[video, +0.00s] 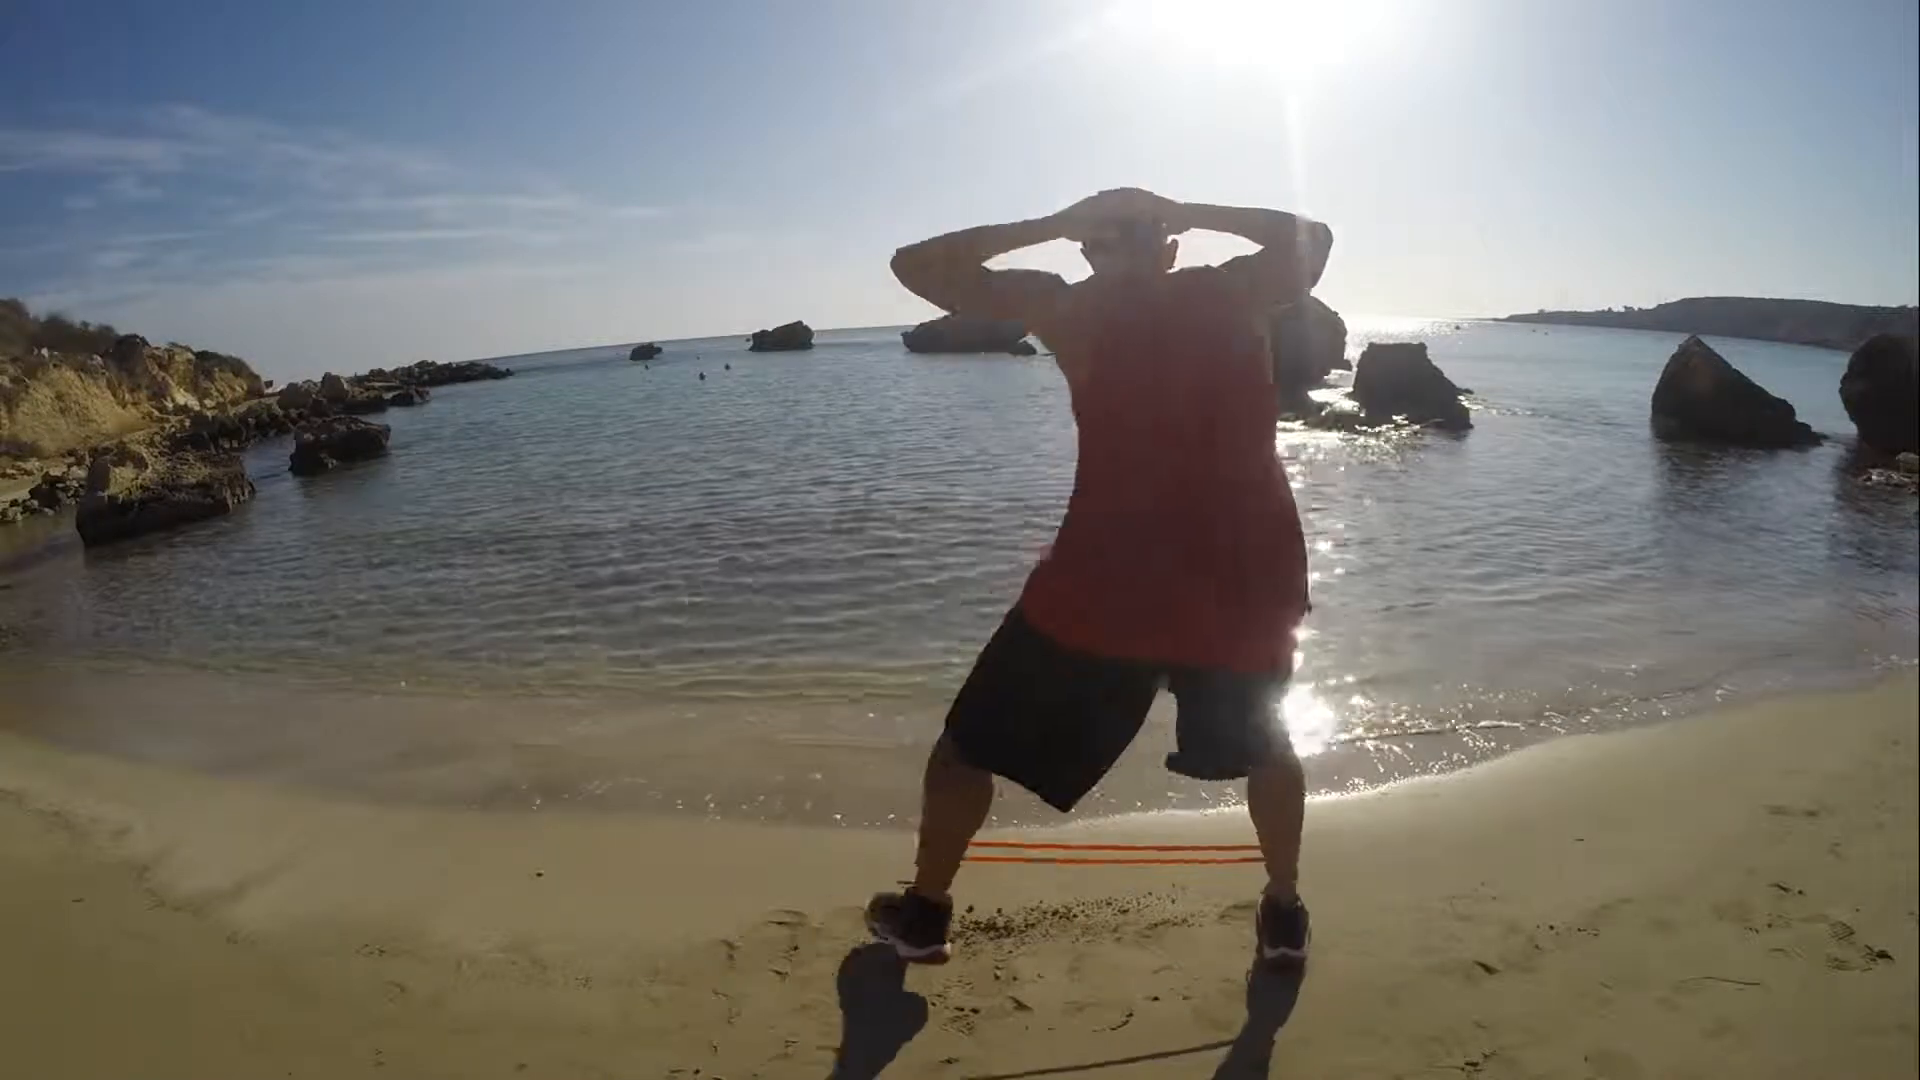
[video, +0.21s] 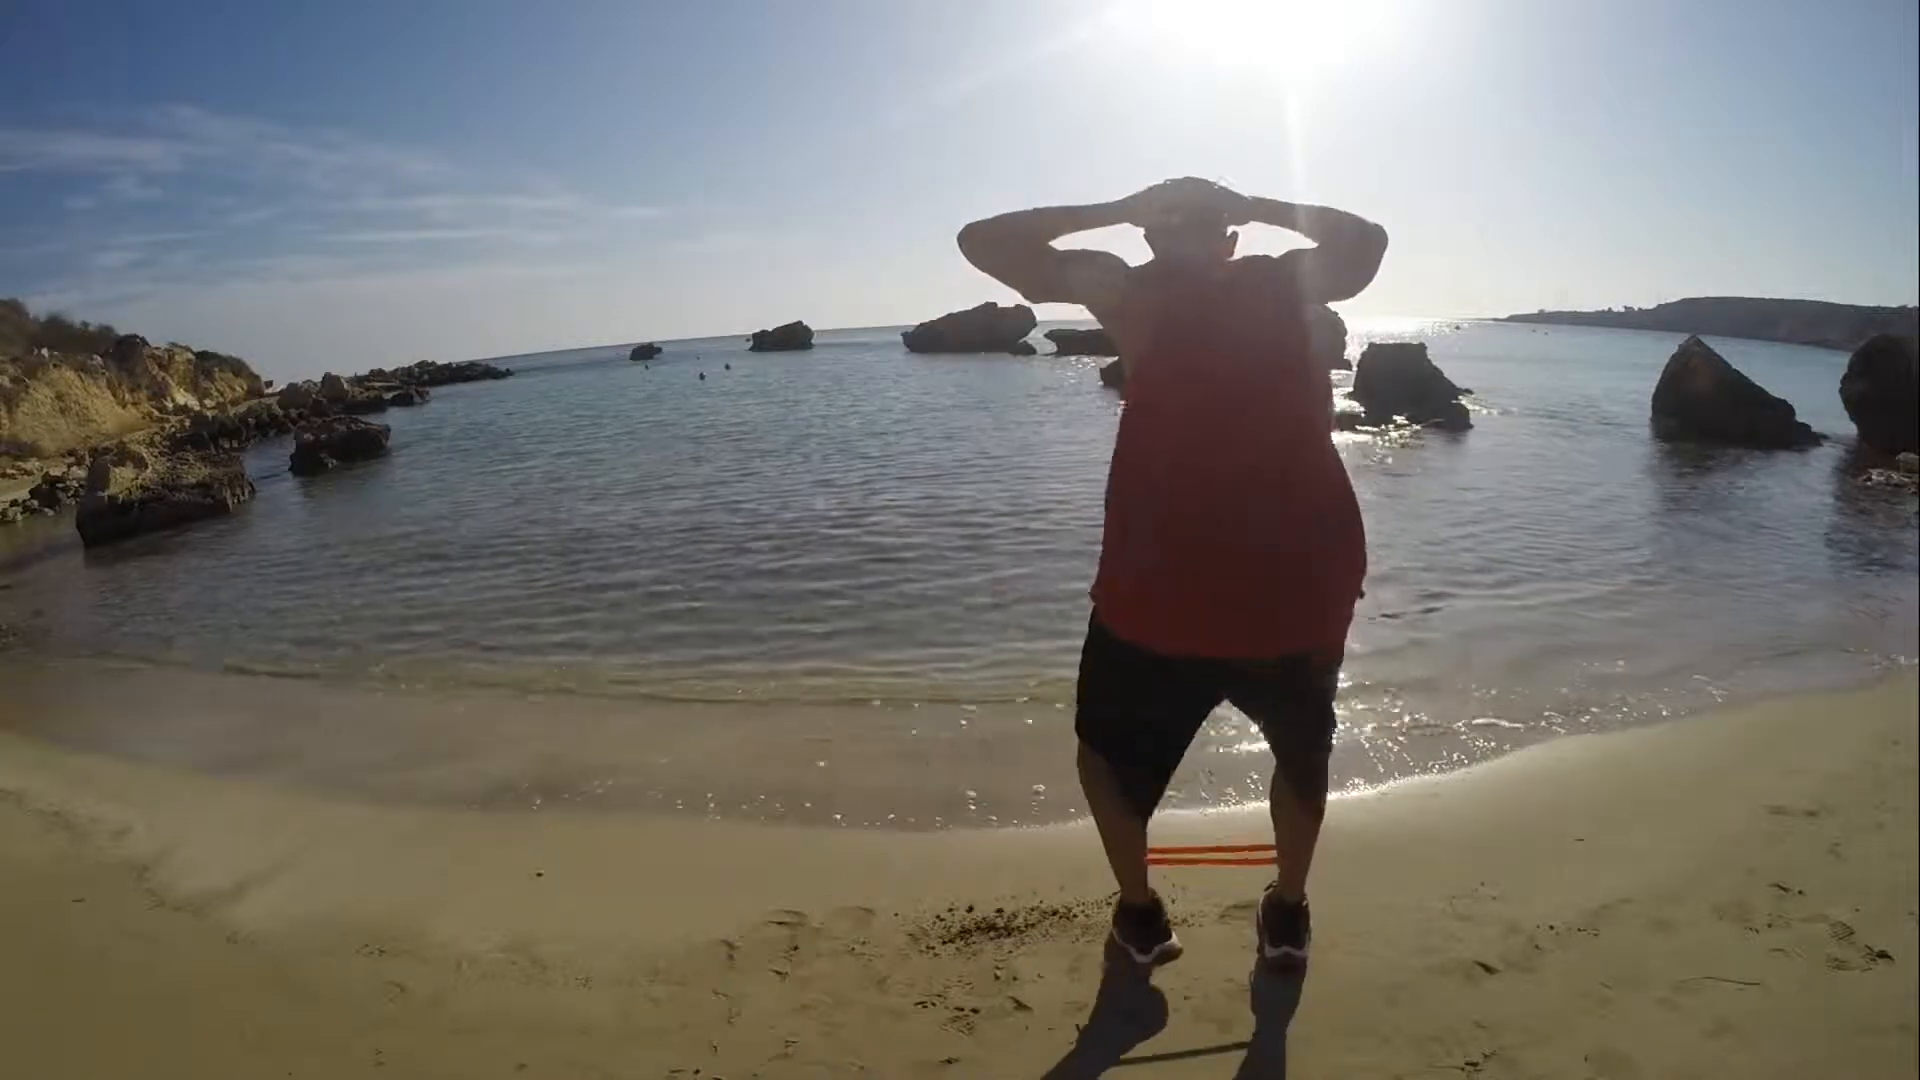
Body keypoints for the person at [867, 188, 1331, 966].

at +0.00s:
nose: (1094, 258)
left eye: (1097, 244)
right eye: (1096, 244)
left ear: (1095, 249)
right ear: (1166, 240)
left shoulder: (1071, 312)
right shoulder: (1237, 292)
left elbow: (917, 265)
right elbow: (1308, 237)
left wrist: (1051, 225)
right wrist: (1195, 213)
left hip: (1107, 563)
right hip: (1244, 568)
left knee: (969, 741)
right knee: (1267, 741)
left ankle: (927, 908)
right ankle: (1284, 908)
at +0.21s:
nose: (1170, 234)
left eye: (1167, 222)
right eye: (1176, 221)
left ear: (1155, 233)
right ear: (1230, 229)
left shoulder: (1130, 296)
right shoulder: (1292, 281)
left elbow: (981, 239)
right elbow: (1367, 241)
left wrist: (1117, 209)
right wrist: (1257, 205)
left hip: (1163, 580)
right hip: (1296, 583)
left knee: (1108, 745)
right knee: (1303, 756)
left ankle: (1138, 908)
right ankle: (1288, 907)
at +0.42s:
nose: (1188, 254)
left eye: (1187, 241)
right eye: (1196, 239)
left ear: (1182, 248)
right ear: (1256, 245)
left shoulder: (1151, 308)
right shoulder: (1320, 300)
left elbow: (1013, 252)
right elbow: (1390, 263)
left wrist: (1145, 225)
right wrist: (1288, 225)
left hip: (1172, 573)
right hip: (1307, 576)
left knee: (1084, 730)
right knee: (1299, 731)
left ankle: (1103, 904)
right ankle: (1287, 910)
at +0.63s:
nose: (1166, 247)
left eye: (1168, 236)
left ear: (1165, 246)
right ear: (1240, 246)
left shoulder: (1136, 303)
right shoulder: (1306, 307)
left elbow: (997, 239)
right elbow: (1369, 269)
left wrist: (1133, 219)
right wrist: (1267, 228)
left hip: (1126, 568)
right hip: (1268, 580)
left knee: (966, 723)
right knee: (1271, 739)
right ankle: (1284, 911)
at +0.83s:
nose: (1116, 265)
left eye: (1117, 253)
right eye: (1114, 254)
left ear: (1089, 270)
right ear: (1157, 271)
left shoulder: (1044, 330)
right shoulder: (1217, 336)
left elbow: (907, 266)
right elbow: (1292, 284)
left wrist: (1047, 244)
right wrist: (1181, 247)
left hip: (1032, 606)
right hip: (1183, 613)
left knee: (884, 773)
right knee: (1243, 763)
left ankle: (788, 932)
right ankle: (1279, 910)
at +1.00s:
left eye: (988, 239)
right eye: (1027, 239)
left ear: (961, 254)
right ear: (1048, 259)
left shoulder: (913, 318)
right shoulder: (1101, 323)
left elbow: (789, 252)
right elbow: (1196, 277)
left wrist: (929, 228)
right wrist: (1077, 233)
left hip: (924, 604)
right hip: (1080, 604)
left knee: (817, 768)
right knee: (1184, 755)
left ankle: (773, 941)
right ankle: (1257, 898)